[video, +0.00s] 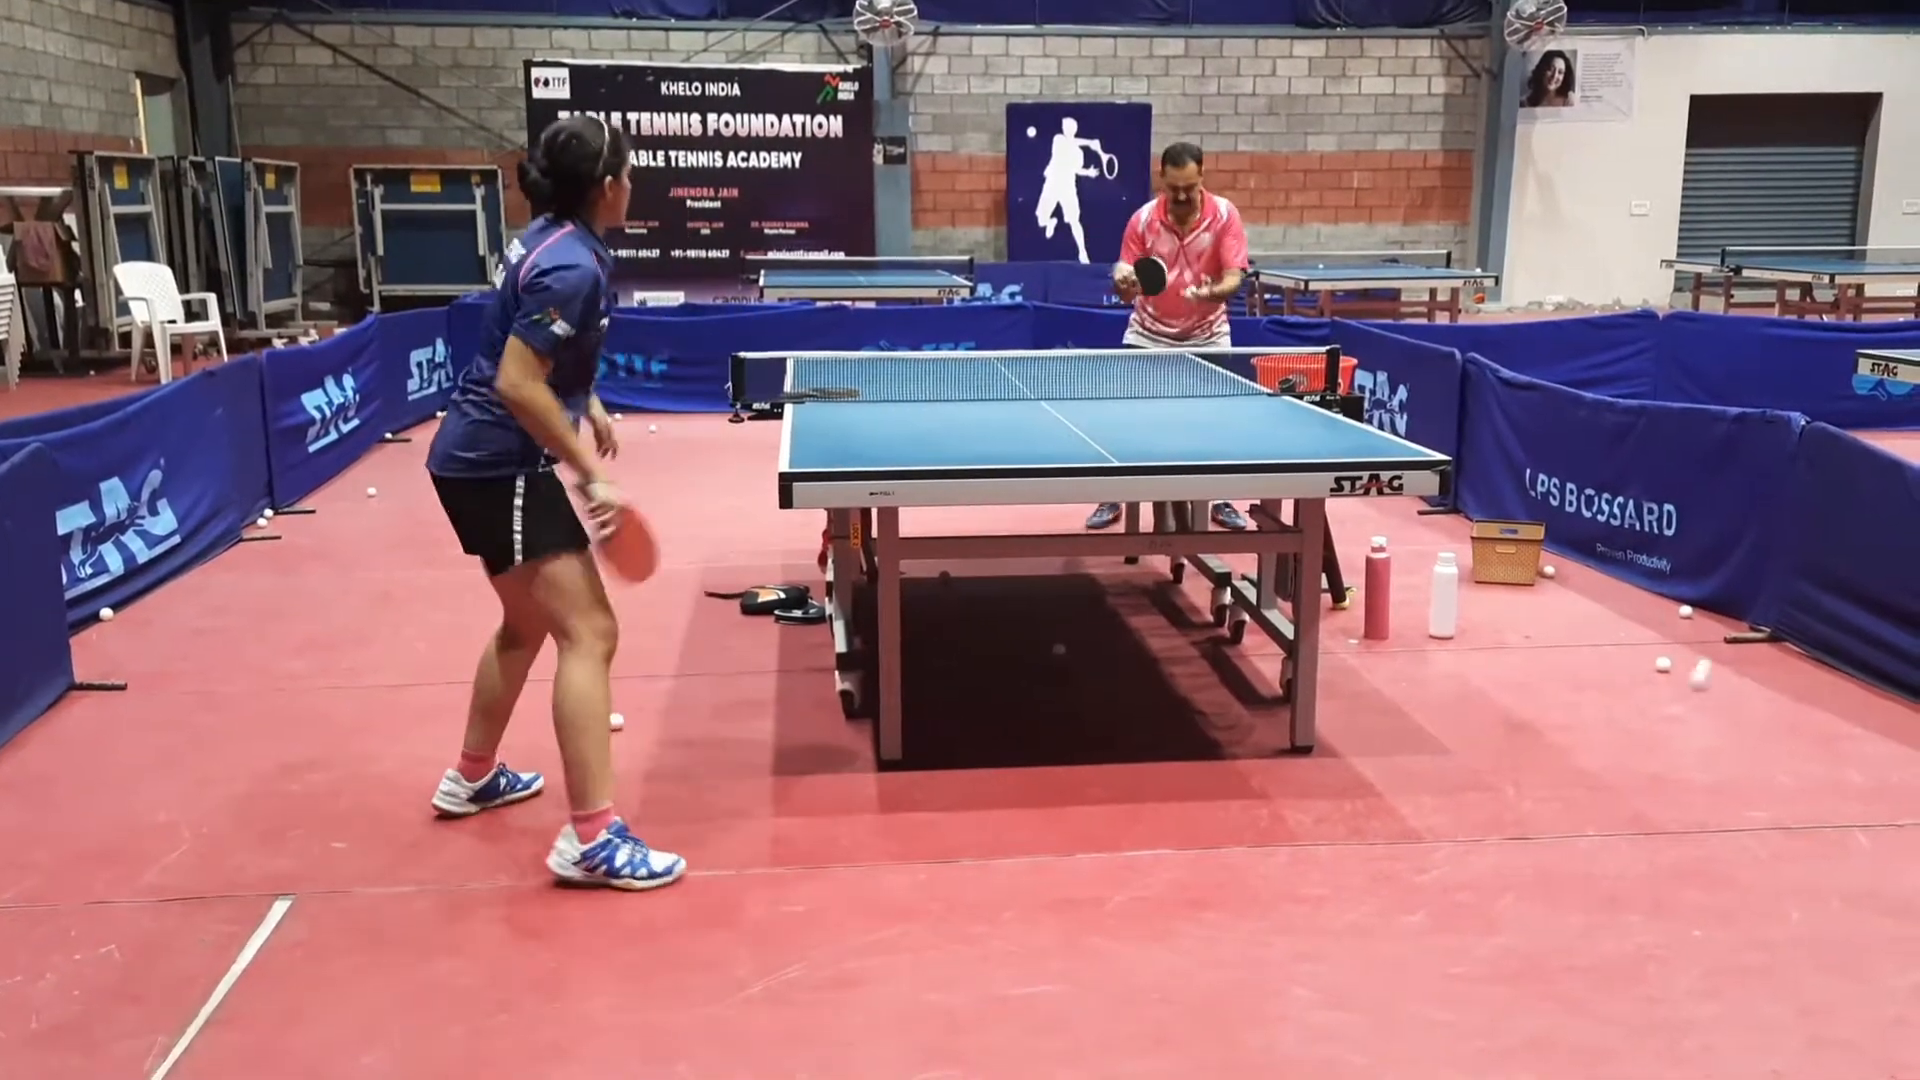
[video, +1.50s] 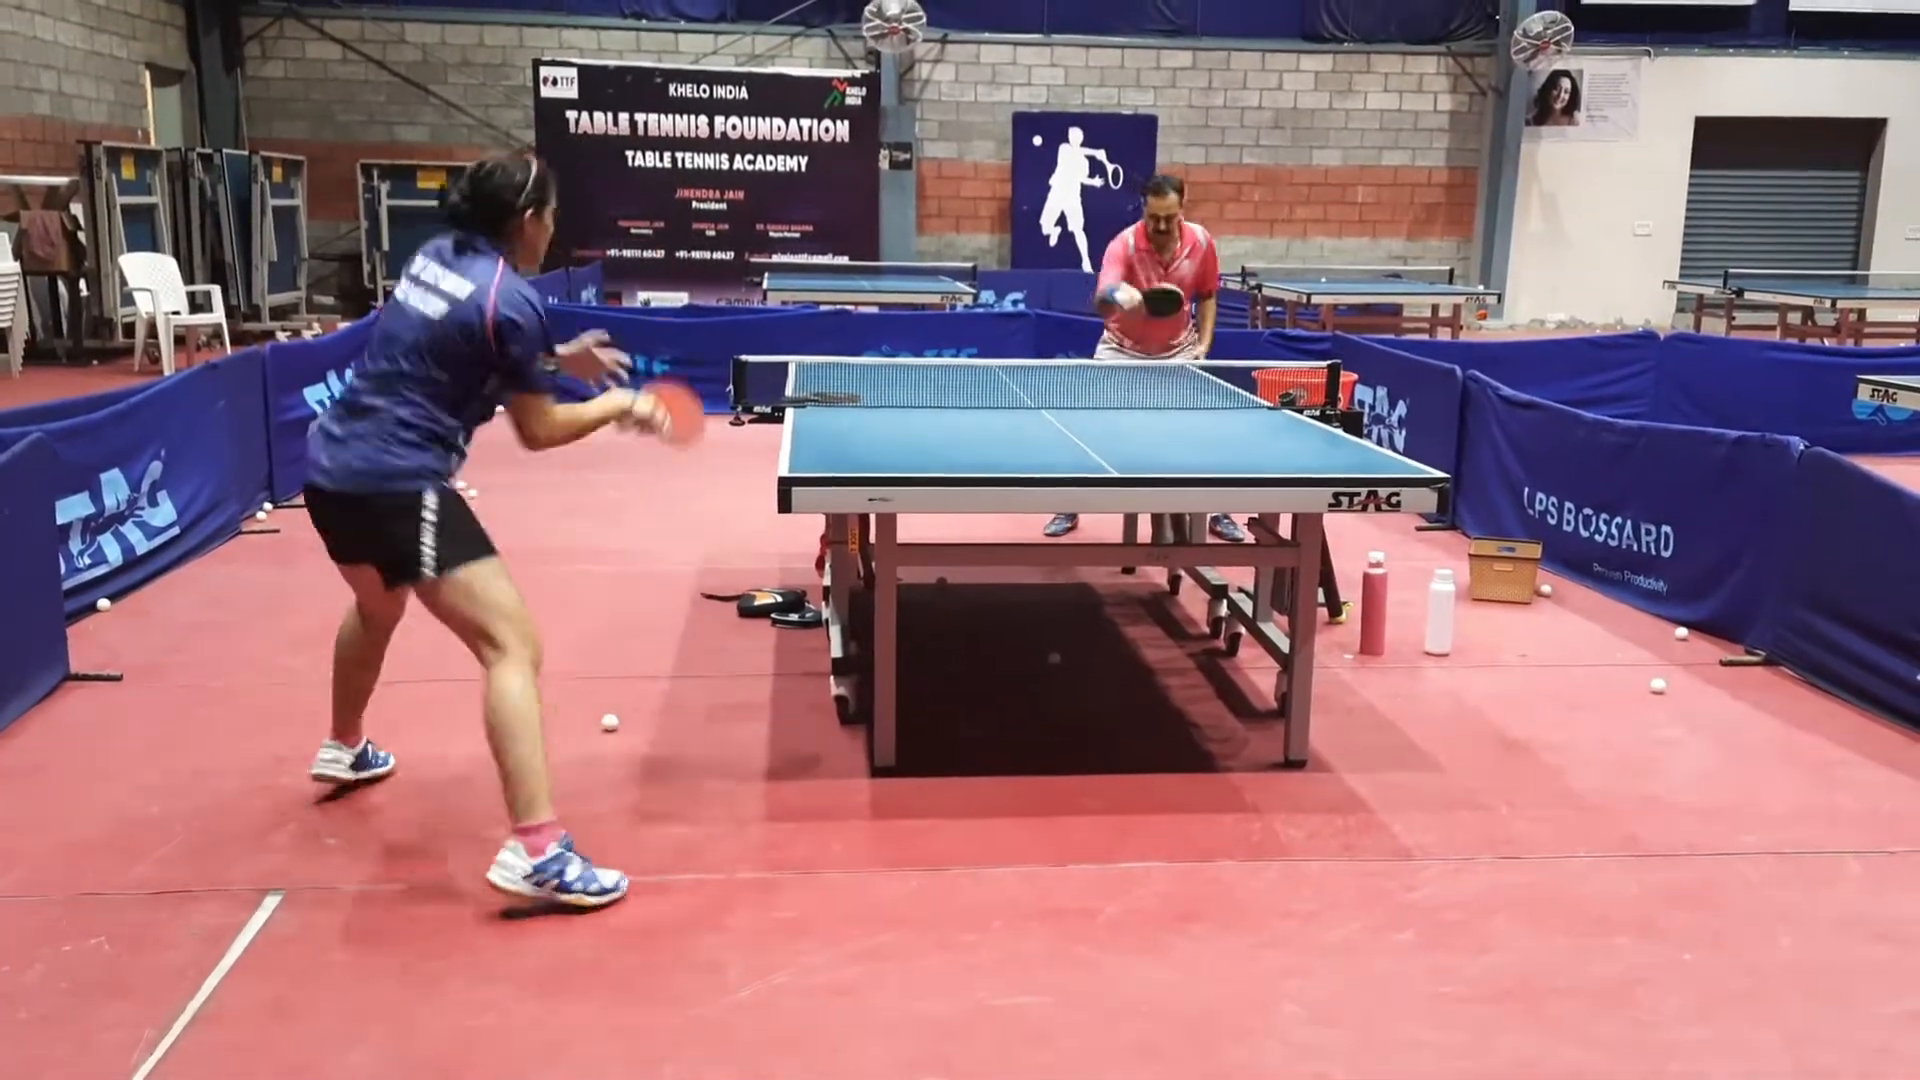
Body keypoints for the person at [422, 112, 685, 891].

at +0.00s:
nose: (631, 185)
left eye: (626, 173)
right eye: (626, 174)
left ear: (562, 183)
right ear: (605, 185)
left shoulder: (550, 241)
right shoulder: (571, 267)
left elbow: (549, 350)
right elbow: (518, 383)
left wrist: (584, 408)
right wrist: (592, 473)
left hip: (480, 459)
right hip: (505, 465)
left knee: (524, 625)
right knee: (590, 632)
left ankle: (472, 774)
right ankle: (594, 834)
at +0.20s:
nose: (623, 185)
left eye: (621, 173)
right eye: (620, 175)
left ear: (542, 181)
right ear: (603, 185)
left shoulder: (517, 239)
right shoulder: (595, 263)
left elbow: (552, 366)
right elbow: (605, 390)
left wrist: (648, 394)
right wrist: (682, 401)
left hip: (450, 460)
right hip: (509, 469)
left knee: (496, 623)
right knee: (588, 639)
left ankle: (466, 772)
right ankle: (575, 838)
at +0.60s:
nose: (665, 227)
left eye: (663, 214)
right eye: (661, 215)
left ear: (601, 218)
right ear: (637, 226)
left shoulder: (577, 262)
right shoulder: (586, 300)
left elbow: (599, 366)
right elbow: (567, 437)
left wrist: (682, 399)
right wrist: (663, 463)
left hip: (453, 459)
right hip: (481, 475)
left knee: (501, 613)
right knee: (594, 636)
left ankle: (427, 737)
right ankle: (576, 833)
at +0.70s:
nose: (659, 269)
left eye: (658, 256)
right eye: (655, 256)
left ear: (607, 258)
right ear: (626, 265)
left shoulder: (616, 319)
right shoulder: (534, 328)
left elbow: (624, 393)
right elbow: (476, 444)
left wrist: (674, 449)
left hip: (497, 494)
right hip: (464, 498)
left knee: (498, 622)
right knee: (593, 641)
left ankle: (396, 735)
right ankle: (574, 834)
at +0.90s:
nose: (591, 281)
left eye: (593, 267)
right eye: (583, 268)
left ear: (549, 265)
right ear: (535, 263)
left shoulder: (557, 321)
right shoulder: (466, 330)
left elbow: (556, 386)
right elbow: (435, 440)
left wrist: (602, 451)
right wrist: (495, 460)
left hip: (469, 503)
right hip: (439, 508)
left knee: (482, 637)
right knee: (575, 640)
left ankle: (374, 742)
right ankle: (574, 834)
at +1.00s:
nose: (557, 247)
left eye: (561, 234)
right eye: (546, 235)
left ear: (509, 229)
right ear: (499, 226)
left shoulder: (477, 272)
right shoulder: (475, 289)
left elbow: (531, 360)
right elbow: (547, 380)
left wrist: (609, 337)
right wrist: (617, 312)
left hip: (405, 479)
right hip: (435, 481)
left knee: (450, 619)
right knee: (547, 634)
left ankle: (371, 744)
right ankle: (573, 829)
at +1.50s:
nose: (551, 230)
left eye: (550, 215)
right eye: (548, 216)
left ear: (479, 210)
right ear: (527, 220)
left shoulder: (439, 252)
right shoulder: (511, 302)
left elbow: (467, 358)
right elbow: (538, 426)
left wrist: (559, 356)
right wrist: (620, 408)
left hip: (330, 470)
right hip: (403, 481)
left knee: (377, 603)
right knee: (511, 648)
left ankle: (341, 747)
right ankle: (537, 849)